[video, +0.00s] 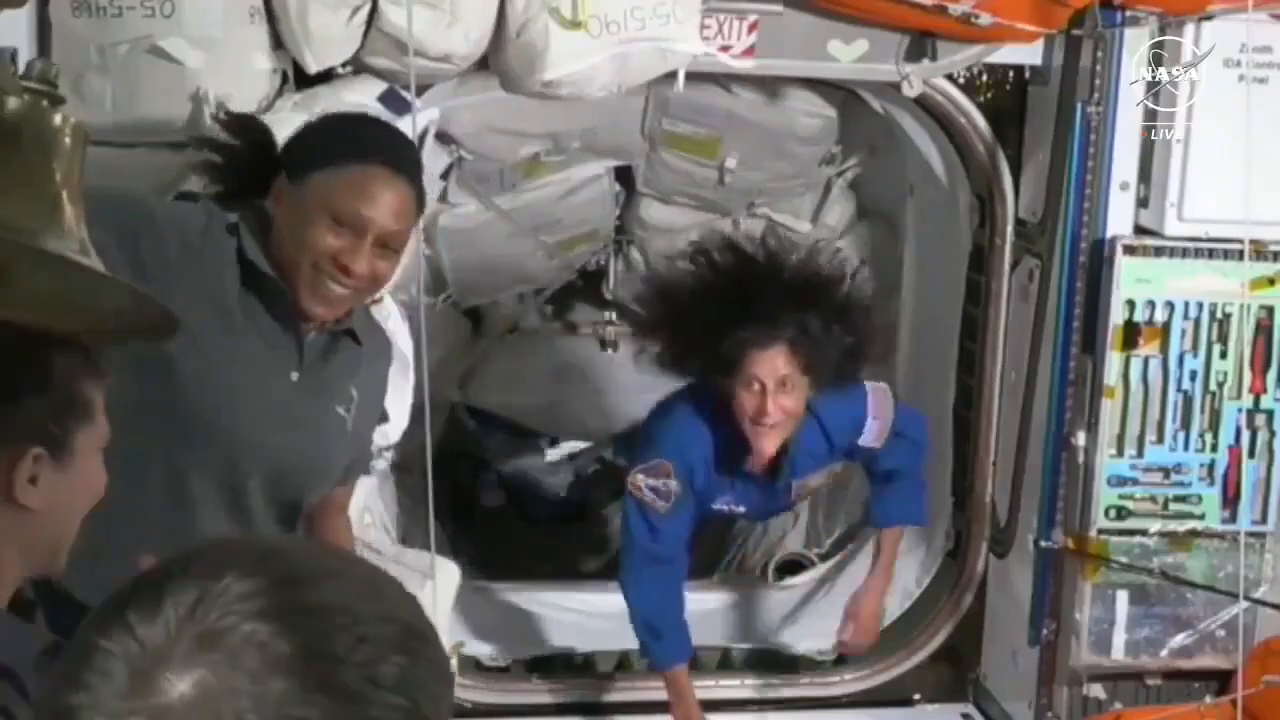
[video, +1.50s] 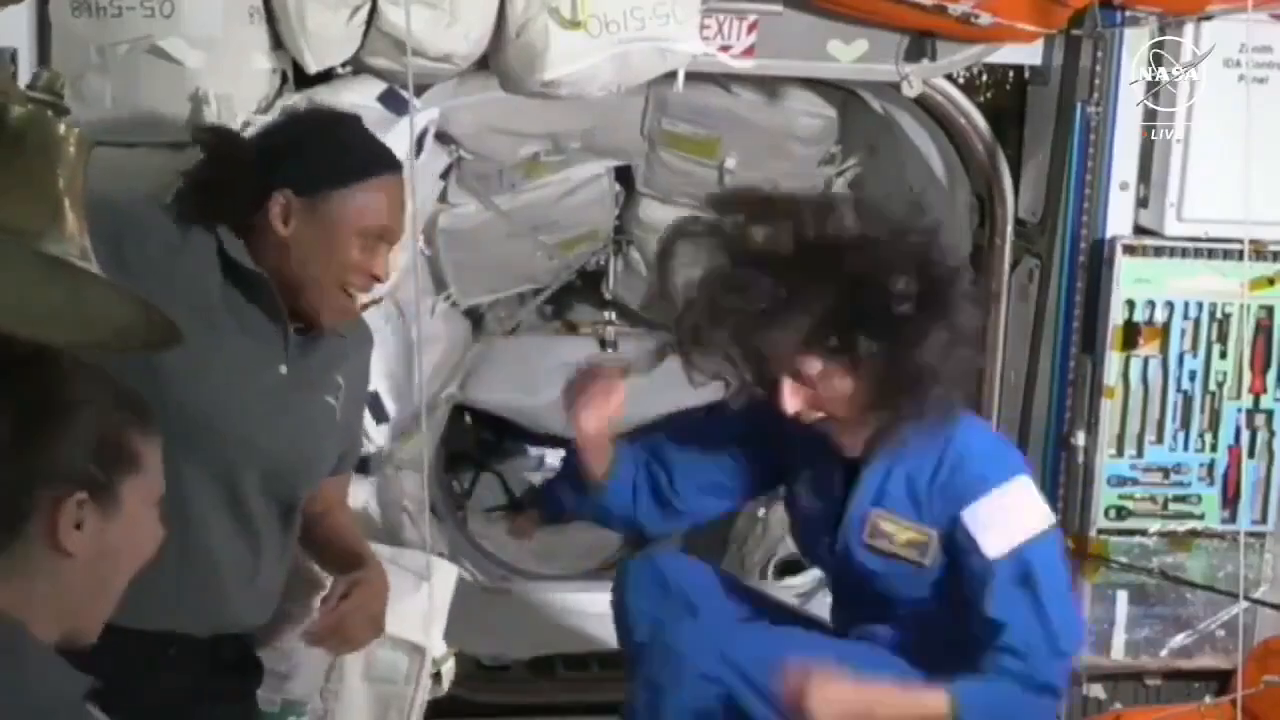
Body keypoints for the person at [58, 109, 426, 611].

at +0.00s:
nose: (356, 266)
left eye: (386, 248)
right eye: (341, 227)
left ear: (402, 257)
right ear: (280, 199)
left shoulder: (365, 354)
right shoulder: (167, 246)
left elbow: (328, 511)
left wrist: (351, 619)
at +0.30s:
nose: (351, 262)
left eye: (379, 247)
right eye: (333, 225)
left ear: (395, 258)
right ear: (275, 196)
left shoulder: (360, 354)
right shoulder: (151, 244)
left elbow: (326, 503)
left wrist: (340, 588)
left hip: (226, 661)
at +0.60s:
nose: (387, 275)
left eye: (400, 255)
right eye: (372, 245)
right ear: (289, 208)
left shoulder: (360, 353)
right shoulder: (159, 245)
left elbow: (325, 504)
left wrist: (325, 590)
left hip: (222, 646)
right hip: (74, 619)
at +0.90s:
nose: (407, 284)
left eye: (415, 257)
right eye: (400, 252)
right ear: (323, 225)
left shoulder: (354, 358)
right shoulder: (143, 247)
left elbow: (321, 509)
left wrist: (324, 595)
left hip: (205, 670)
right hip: (57, 639)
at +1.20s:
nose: (400, 281)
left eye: (407, 256)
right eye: (394, 250)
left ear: (315, 224)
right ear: (315, 223)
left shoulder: (350, 355)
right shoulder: (146, 253)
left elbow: (320, 508)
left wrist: (347, 586)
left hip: (210, 667)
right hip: (65, 641)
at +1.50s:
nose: (383, 272)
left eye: (392, 247)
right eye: (371, 241)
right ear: (285, 214)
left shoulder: (345, 344)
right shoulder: (133, 254)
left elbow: (323, 504)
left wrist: (364, 569)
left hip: (222, 668)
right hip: (84, 648)